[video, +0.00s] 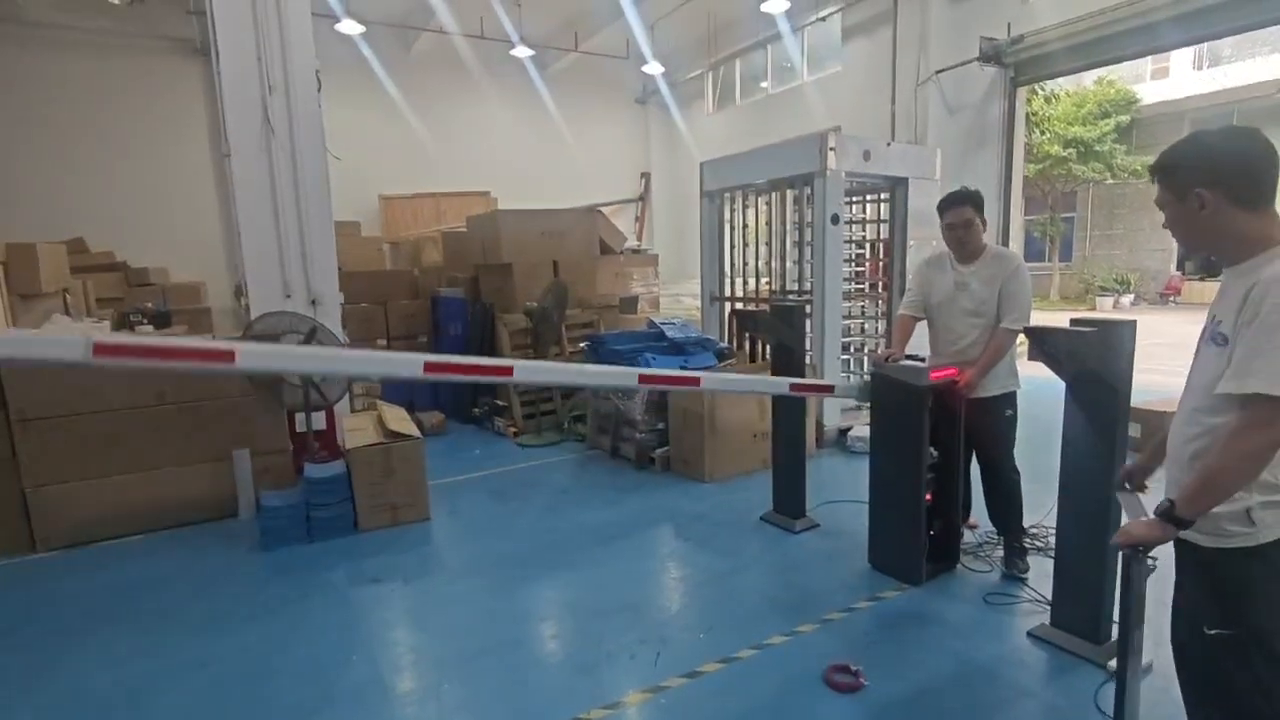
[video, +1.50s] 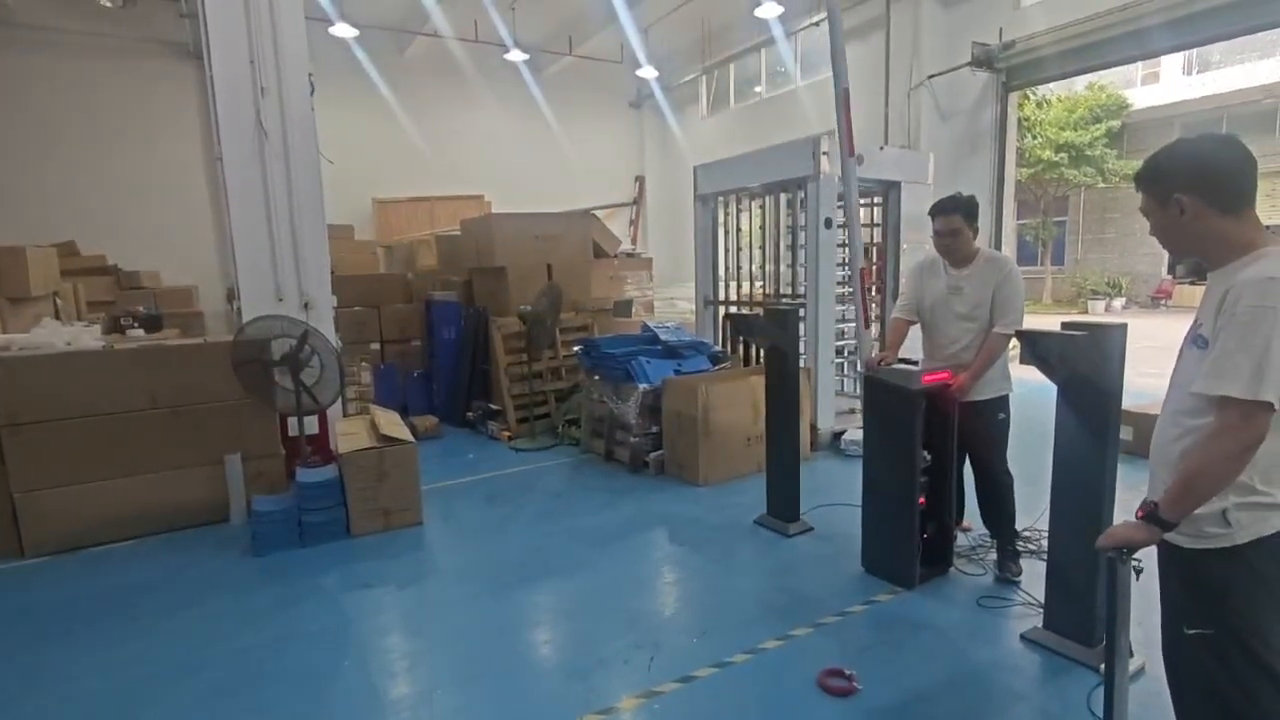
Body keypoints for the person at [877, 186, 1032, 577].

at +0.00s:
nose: (957, 234)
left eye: (965, 226)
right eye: (949, 228)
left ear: (983, 224)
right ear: (941, 230)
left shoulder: (1009, 265)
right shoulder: (930, 266)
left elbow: (1010, 327)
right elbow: (908, 311)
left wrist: (977, 371)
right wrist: (896, 347)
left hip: (993, 388)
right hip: (944, 389)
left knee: (999, 471)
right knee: (948, 471)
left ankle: (1013, 543)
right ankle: (945, 544)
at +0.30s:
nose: (950, 240)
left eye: (958, 231)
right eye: (943, 232)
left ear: (979, 228)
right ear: (936, 232)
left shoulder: (1006, 267)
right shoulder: (928, 268)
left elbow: (1008, 329)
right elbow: (906, 313)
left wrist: (975, 372)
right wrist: (894, 350)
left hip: (991, 391)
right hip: (942, 390)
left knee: (996, 473)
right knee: (945, 474)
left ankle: (1011, 545)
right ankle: (942, 548)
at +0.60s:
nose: (946, 241)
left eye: (955, 233)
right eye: (940, 234)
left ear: (977, 231)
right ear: (934, 233)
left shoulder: (1005, 269)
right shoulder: (926, 268)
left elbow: (1005, 331)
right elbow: (905, 314)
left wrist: (974, 374)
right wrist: (892, 352)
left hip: (989, 393)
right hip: (940, 392)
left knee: (995, 475)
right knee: (943, 475)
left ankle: (1009, 546)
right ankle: (940, 550)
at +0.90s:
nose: (946, 242)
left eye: (954, 234)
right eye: (939, 235)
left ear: (976, 231)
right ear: (933, 234)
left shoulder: (1004, 270)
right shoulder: (926, 269)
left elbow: (1005, 331)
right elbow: (904, 315)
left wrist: (972, 375)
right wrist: (891, 352)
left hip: (988, 393)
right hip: (939, 393)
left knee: (994, 475)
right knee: (943, 475)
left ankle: (1008, 547)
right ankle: (939, 550)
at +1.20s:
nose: (944, 243)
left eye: (952, 235)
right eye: (938, 235)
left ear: (975, 232)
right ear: (932, 234)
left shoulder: (1003, 270)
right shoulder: (924, 269)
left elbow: (1004, 330)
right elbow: (904, 314)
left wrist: (972, 375)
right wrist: (890, 351)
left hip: (987, 393)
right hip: (938, 392)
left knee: (993, 474)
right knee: (941, 475)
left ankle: (1007, 546)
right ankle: (938, 551)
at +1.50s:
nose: (943, 243)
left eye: (952, 235)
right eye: (937, 235)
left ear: (974, 232)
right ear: (931, 233)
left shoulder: (1002, 270)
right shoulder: (923, 269)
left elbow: (1003, 330)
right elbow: (903, 314)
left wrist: (970, 375)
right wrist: (888, 351)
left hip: (986, 392)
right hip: (937, 391)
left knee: (992, 474)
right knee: (941, 473)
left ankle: (1006, 546)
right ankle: (937, 548)